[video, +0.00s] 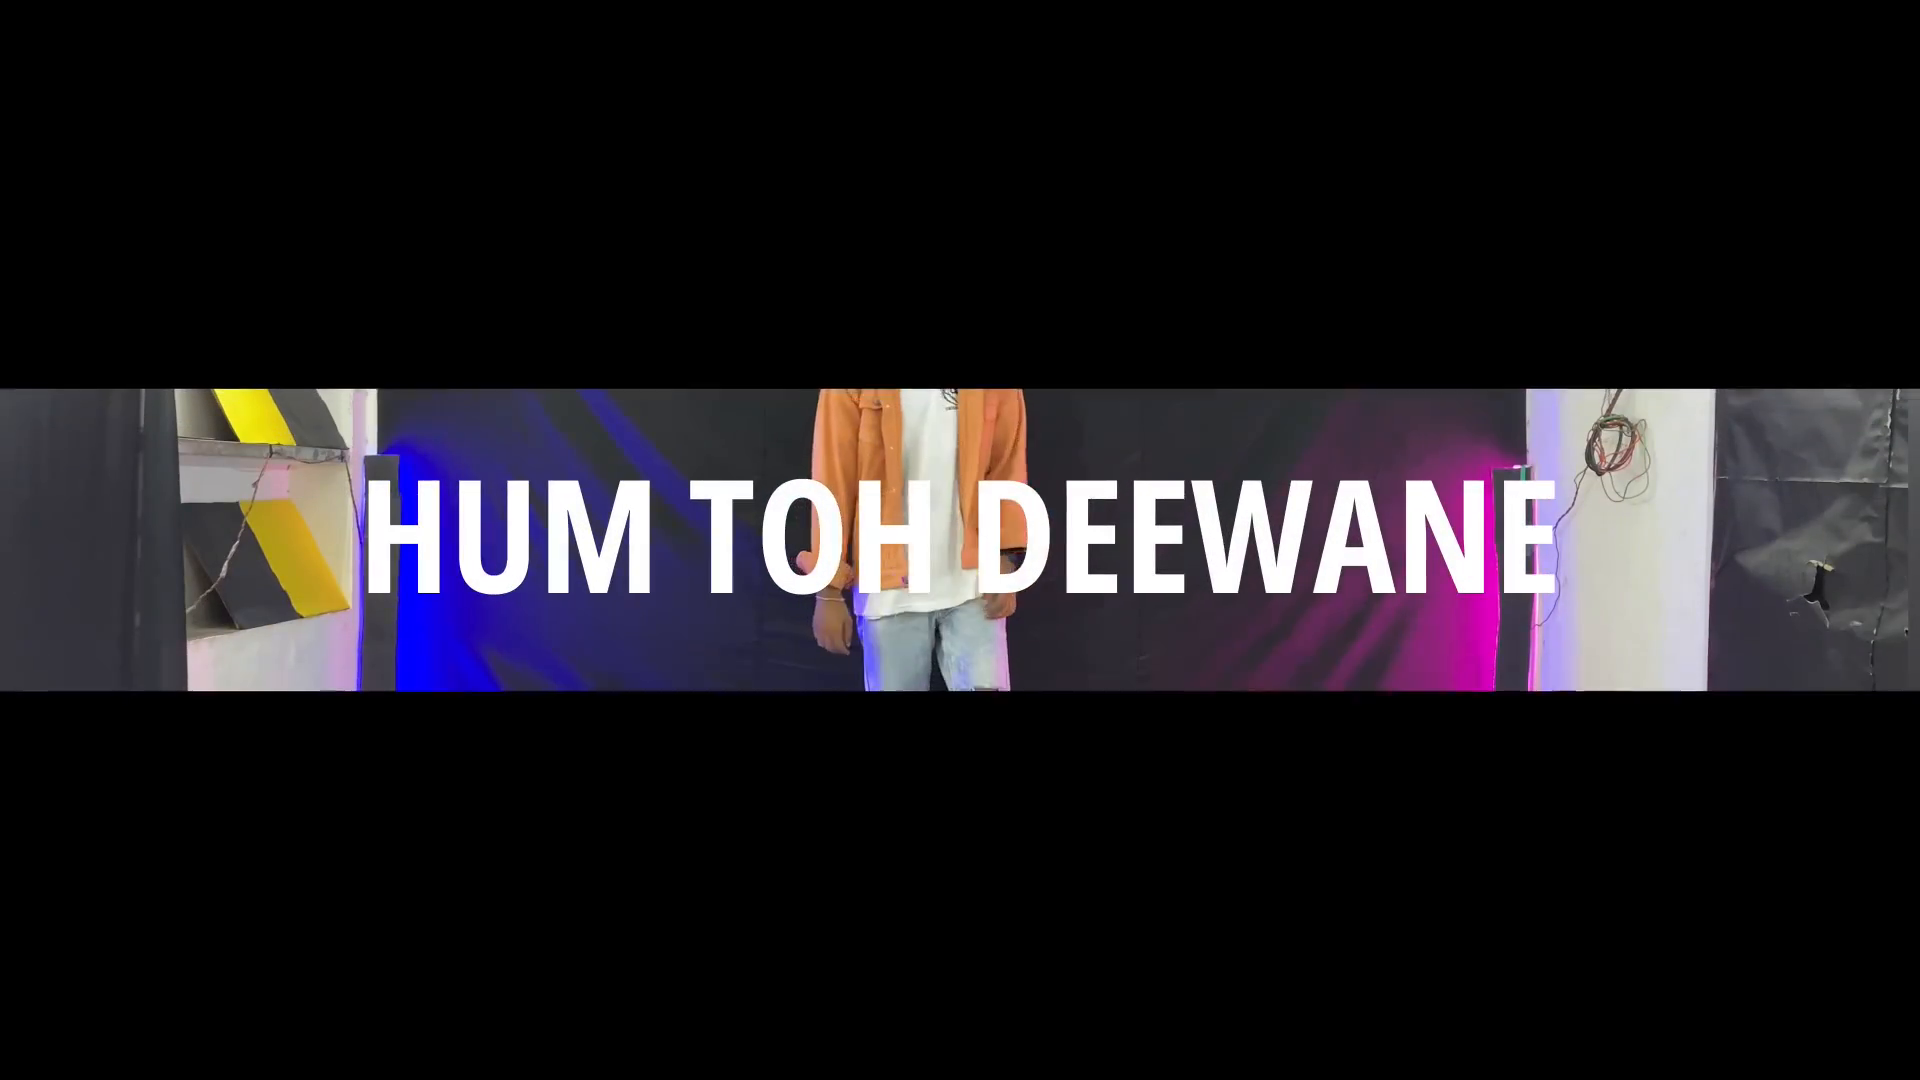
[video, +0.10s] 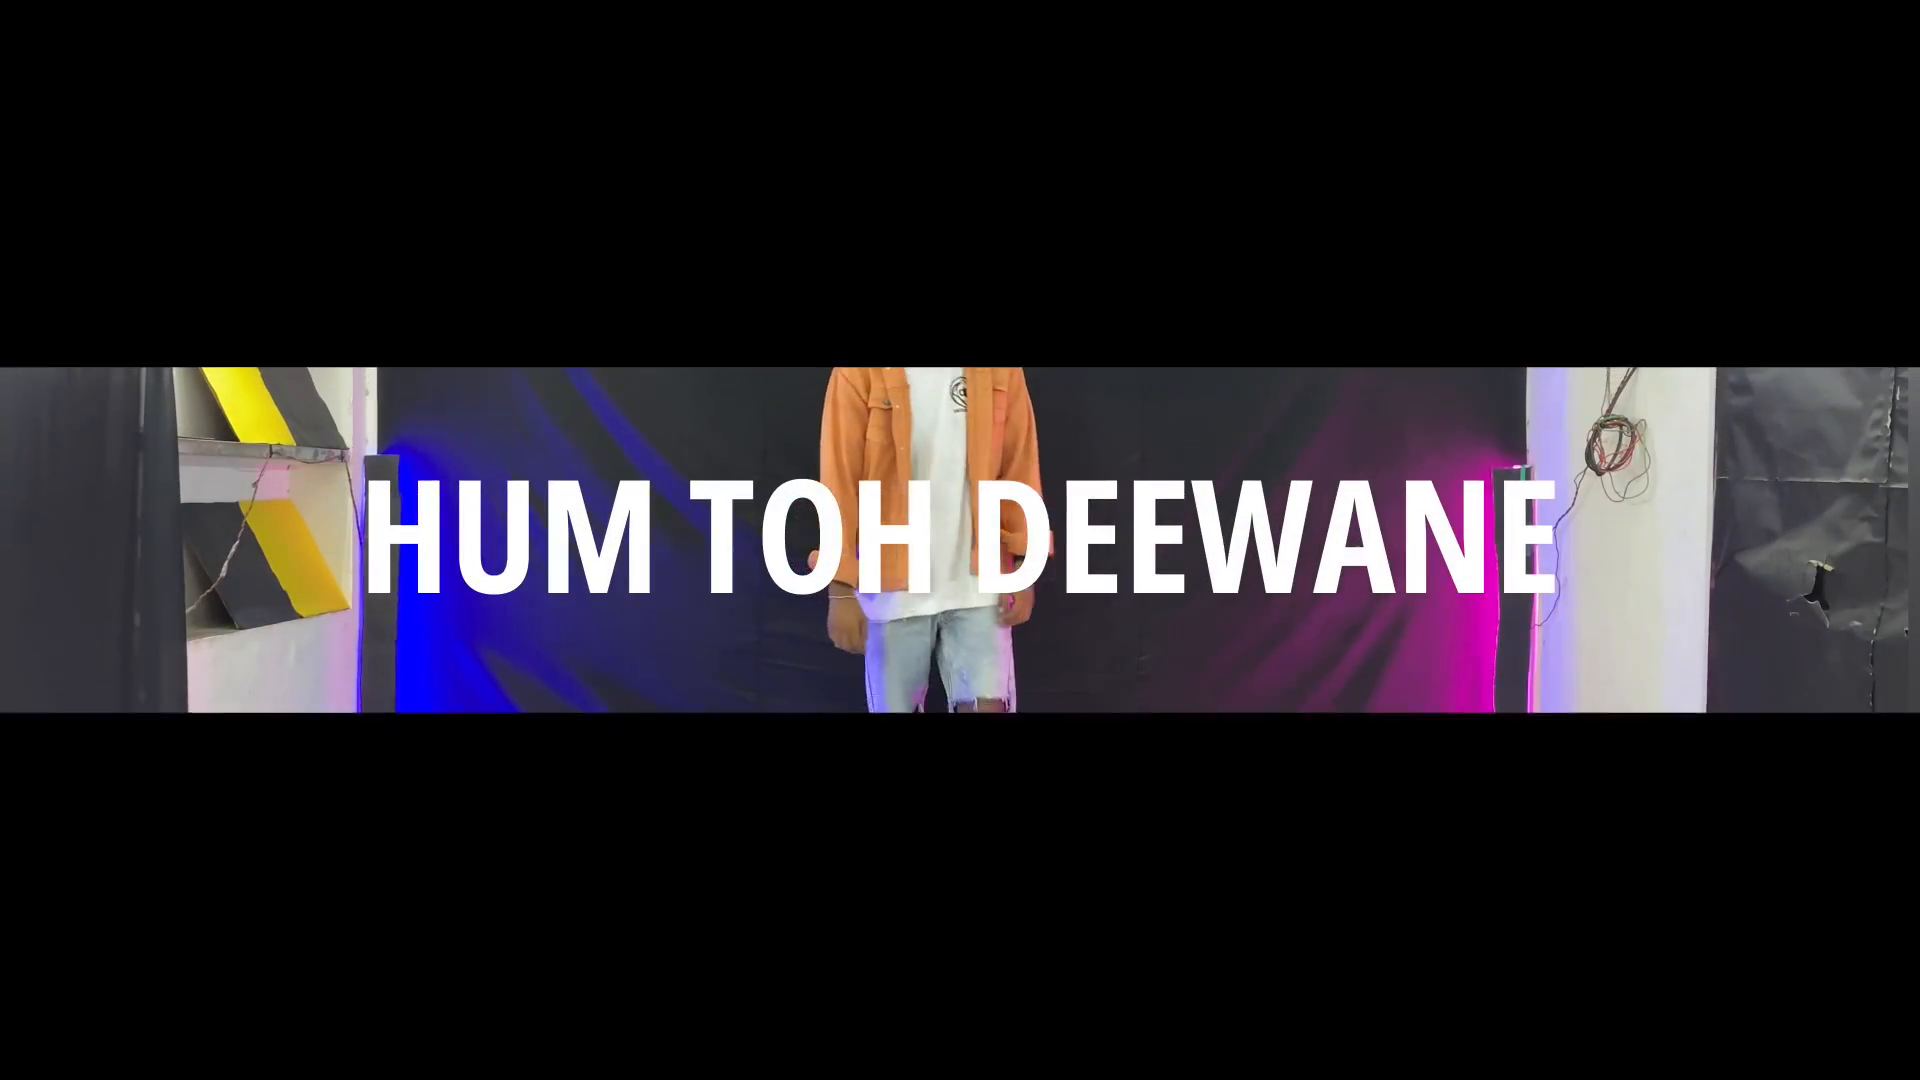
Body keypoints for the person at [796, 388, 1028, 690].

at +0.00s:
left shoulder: (1001, 392)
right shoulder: (846, 393)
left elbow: (1009, 469)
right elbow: (833, 478)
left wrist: (1006, 566)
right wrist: (830, 591)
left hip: (976, 585)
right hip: (888, 588)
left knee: (987, 686)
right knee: (894, 687)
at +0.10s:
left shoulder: (1003, 371)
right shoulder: (858, 372)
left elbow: (1021, 465)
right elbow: (839, 474)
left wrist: (1022, 567)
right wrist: (841, 587)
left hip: (980, 585)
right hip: (891, 589)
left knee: (988, 705)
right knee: (893, 708)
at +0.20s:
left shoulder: (1006, 360)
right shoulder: (868, 366)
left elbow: (1032, 470)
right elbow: (847, 480)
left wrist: (1035, 576)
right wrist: (855, 590)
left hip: (989, 591)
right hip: (898, 593)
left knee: (991, 725)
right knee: (895, 728)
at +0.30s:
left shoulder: (1020, 359)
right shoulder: (879, 361)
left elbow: (1045, 474)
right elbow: (860, 477)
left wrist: (1047, 580)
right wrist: (871, 586)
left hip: (998, 591)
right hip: (908, 592)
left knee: (1000, 738)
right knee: (907, 741)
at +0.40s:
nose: (981, 295)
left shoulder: (1035, 359)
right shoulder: (890, 356)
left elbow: (1056, 475)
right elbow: (869, 476)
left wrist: (1052, 582)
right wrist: (886, 582)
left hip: (1008, 589)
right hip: (916, 590)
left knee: (1004, 739)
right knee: (919, 745)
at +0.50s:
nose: (984, 282)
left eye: (994, 276)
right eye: (974, 276)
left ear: (1010, 282)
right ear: (952, 283)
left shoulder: (1043, 362)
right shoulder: (896, 358)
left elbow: (1065, 477)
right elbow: (876, 475)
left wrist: (1059, 586)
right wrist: (887, 577)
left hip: (1013, 592)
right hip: (921, 591)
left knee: (1009, 744)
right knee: (918, 744)